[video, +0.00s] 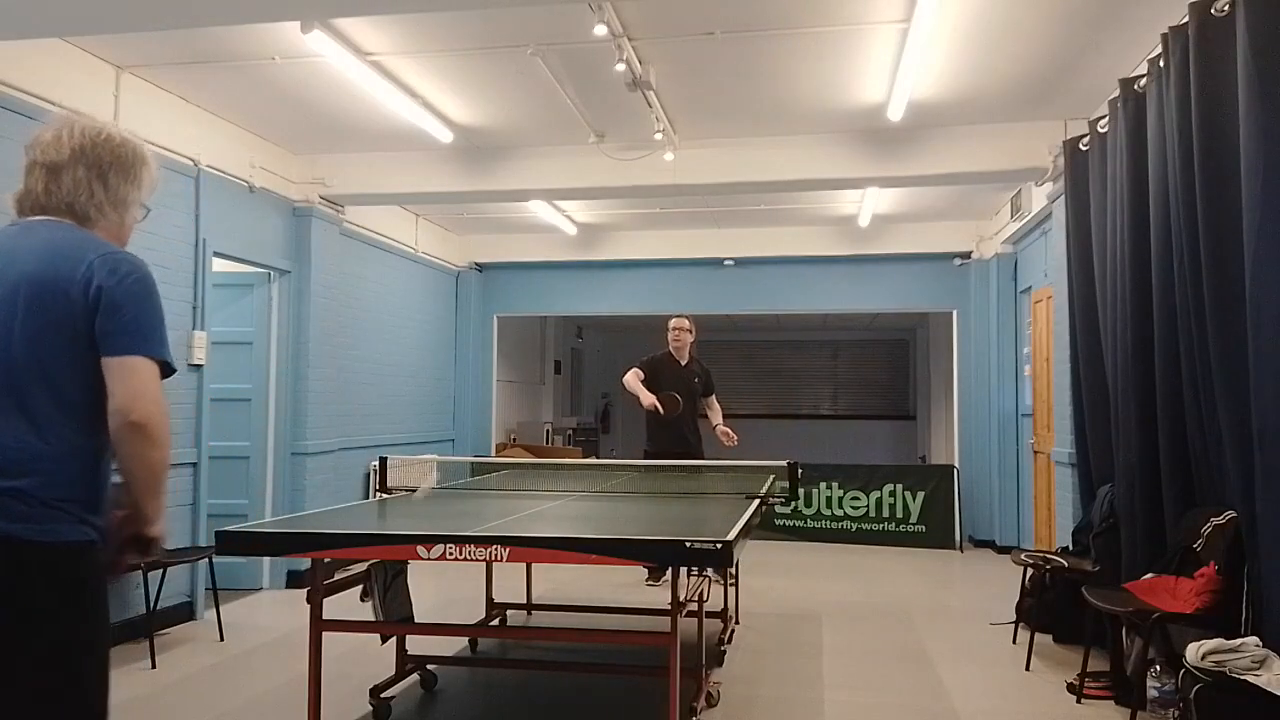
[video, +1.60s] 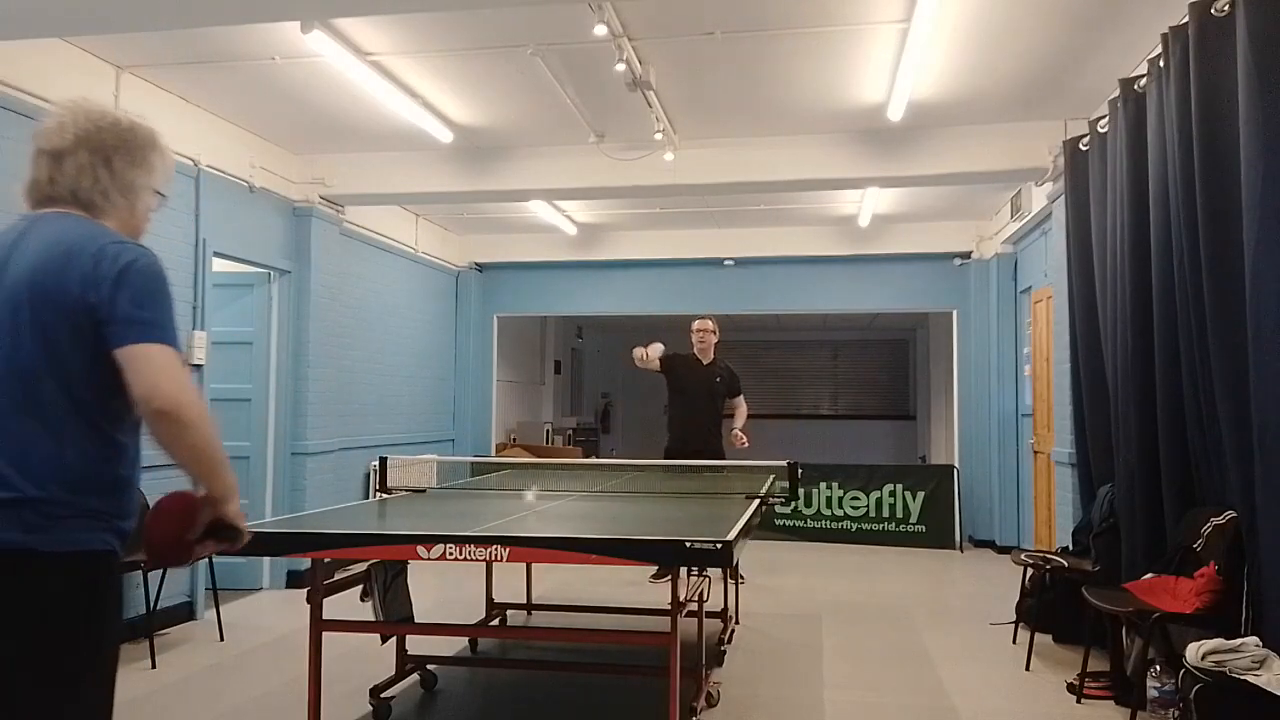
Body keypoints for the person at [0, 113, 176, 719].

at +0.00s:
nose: (139, 223)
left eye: (144, 209)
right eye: (139, 206)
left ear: (37, 185)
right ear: (109, 197)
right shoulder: (112, 270)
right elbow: (136, 416)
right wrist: (146, 515)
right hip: (45, 548)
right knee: (62, 705)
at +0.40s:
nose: (62, 223)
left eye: (65, 210)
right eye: (62, 209)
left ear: (6, 194)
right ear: (34, 201)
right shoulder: (48, 281)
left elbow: (142, 432)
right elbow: (144, 434)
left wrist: (135, 471)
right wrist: (134, 476)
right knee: (11, 704)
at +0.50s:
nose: (45, 218)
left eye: (47, 204)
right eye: (44, 203)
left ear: (10, 193)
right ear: (23, 198)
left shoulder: (37, 282)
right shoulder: (36, 279)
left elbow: (128, 405)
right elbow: (129, 408)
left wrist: (232, 390)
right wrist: (235, 387)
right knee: (9, 698)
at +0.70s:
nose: (15, 200)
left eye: (17, 184)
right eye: (14, 182)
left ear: (15, 183)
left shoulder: (16, 266)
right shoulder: (11, 266)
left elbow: (78, 396)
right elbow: (81, 398)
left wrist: (202, 419)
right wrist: (208, 420)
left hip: (3, 548)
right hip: (1, 549)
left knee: (19, 696)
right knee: (16, 699)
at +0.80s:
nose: (8, 193)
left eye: (9, 178)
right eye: (7, 177)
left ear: (11, 177)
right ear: (2, 175)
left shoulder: (10, 261)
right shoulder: (6, 261)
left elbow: (36, 400)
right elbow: (36, 402)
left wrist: (163, 461)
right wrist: (168, 460)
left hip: (5, 548)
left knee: (24, 698)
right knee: (22, 703)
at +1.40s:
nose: (104, 198)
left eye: (107, 181)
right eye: (102, 179)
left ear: (15, 168)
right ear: (68, 173)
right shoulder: (66, 255)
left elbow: (91, 402)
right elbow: (92, 404)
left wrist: (161, 508)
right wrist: (176, 511)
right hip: (35, 556)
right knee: (45, 707)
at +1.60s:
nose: (156, 211)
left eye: (160, 196)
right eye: (155, 194)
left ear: (52, 176)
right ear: (117, 184)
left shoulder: (12, 245)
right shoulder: (120, 262)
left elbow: (33, 413)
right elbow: (162, 396)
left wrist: (123, 519)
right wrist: (223, 494)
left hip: (5, 543)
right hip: (61, 554)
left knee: (16, 701)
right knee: (66, 706)